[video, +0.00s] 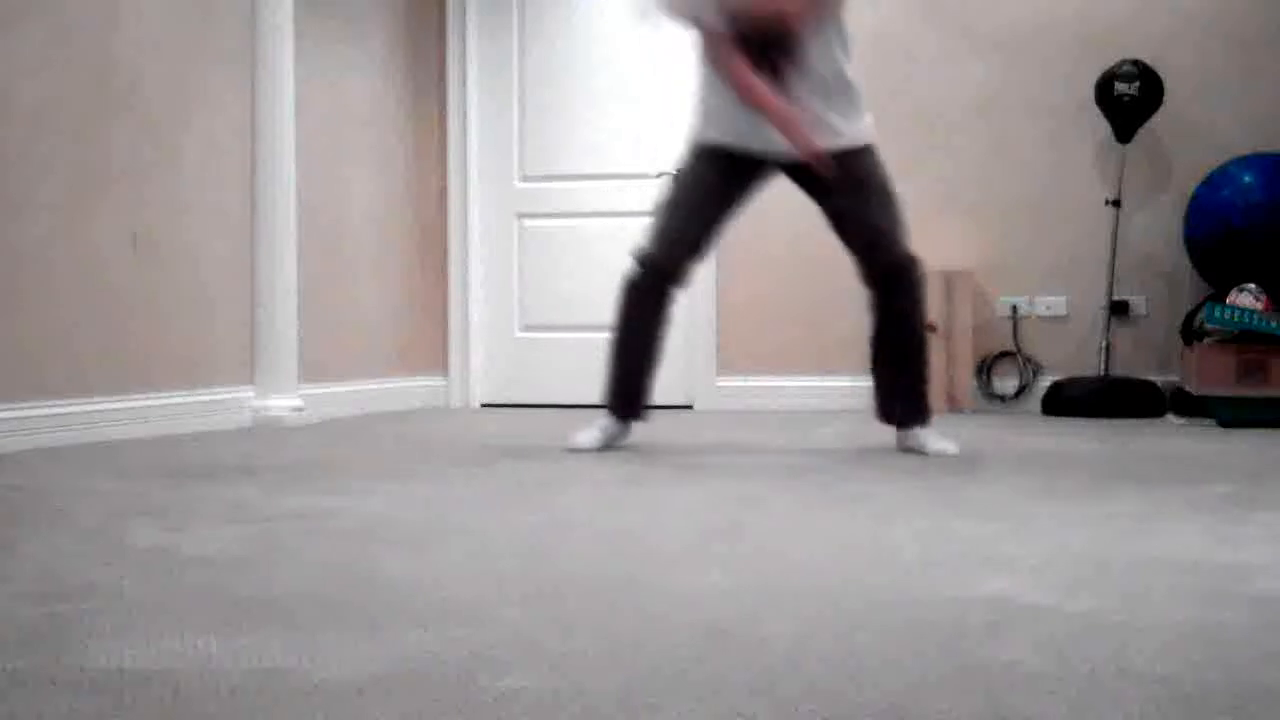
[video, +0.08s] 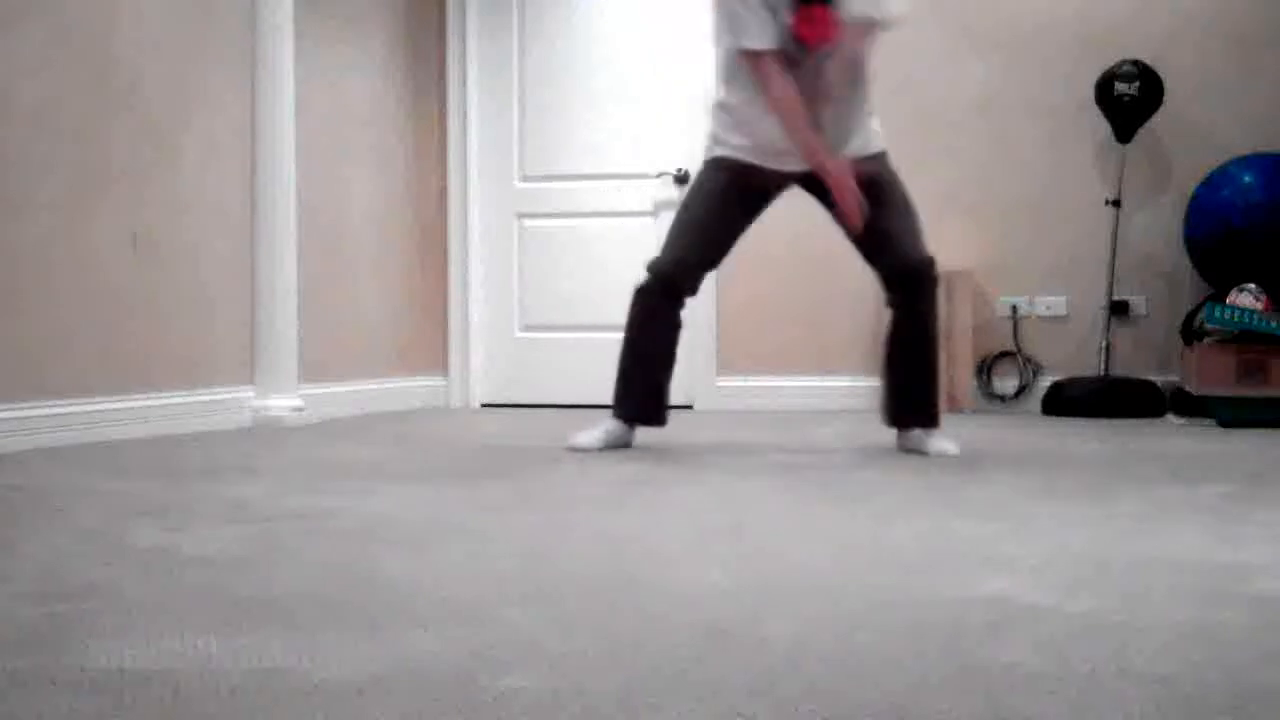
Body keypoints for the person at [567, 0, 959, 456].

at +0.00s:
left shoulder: (824, 4)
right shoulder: (709, 7)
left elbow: (800, 15)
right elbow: (723, 56)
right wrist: (795, 127)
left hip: (829, 128)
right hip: (735, 129)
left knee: (894, 270)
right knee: (656, 270)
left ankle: (911, 424)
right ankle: (620, 416)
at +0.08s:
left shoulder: (860, 7)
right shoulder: (744, 6)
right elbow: (771, 77)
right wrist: (831, 169)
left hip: (848, 149)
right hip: (748, 149)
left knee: (914, 274)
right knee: (667, 279)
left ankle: (916, 427)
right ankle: (625, 420)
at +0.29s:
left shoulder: (881, 1)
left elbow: (973, 21)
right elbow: (684, 33)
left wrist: (1042, 81)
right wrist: (635, 119)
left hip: (833, 141)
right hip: (731, 132)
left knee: (900, 274)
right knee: (619, 244)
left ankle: (918, 430)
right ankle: (569, 388)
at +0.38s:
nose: (787, 22)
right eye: (773, 21)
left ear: (819, 6)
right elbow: (637, 8)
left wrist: (1077, 12)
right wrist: (553, 74)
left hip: (811, 125)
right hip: (707, 116)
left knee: (885, 254)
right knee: (599, 229)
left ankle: (917, 414)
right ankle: (532, 365)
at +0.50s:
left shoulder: (811, 11)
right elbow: (601, 25)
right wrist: (504, 90)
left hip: (763, 131)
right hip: (665, 128)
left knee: (863, 225)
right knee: (564, 241)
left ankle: (892, 395)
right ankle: (471, 367)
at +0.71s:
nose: (726, 42)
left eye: (737, 29)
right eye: (715, 28)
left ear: (752, 29)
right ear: (692, 29)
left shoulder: (762, 67)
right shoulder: (657, 96)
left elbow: (835, 52)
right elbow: (604, 203)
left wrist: (904, 19)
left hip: (693, 217)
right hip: (612, 224)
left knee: (801, 262)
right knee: (522, 342)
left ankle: (852, 423)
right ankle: (437, 433)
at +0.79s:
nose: (712, 91)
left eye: (720, 75)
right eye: (698, 78)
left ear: (734, 72)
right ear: (670, 80)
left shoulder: (751, 98)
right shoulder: (634, 140)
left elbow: (842, 91)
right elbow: (619, 289)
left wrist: (932, 71)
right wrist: (585, 409)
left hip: (685, 232)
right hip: (602, 241)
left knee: (791, 262)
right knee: (510, 357)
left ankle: (849, 423)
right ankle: (436, 425)